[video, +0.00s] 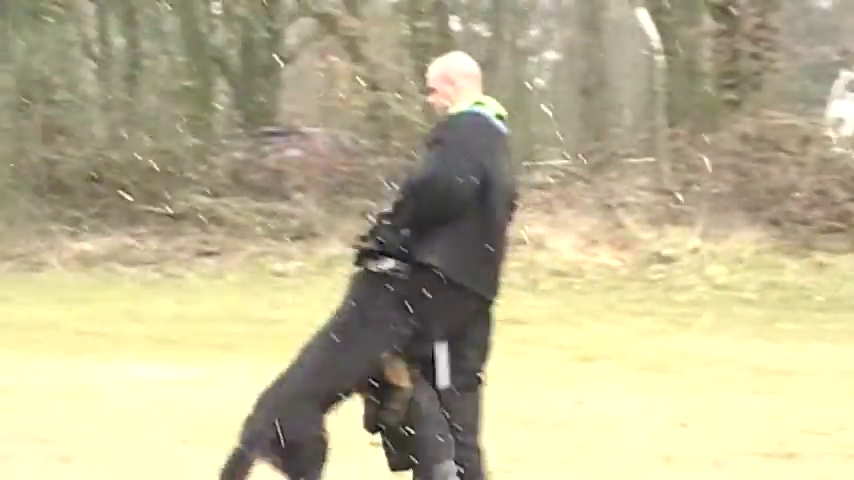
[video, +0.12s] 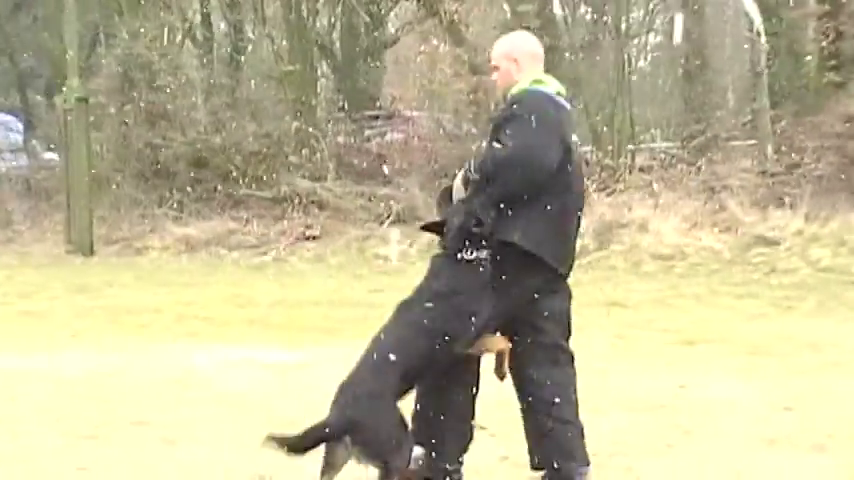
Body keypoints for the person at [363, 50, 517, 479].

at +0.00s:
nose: (428, 100)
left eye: (433, 91)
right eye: (428, 91)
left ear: (454, 87)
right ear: (469, 87)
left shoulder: (465, 128)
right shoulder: (493, 136)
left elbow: (450, 184)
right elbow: (499, 204)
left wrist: (399, 217)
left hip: (437, 273)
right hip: (471, 282)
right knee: (459, 386)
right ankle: (464, 467)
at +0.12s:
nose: (492, 77)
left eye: (495, 68)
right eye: (492, 69)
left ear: (514, 64)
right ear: (533, 64)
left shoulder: (533, 102)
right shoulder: (557, 111)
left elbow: (528, 160)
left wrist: (476, 192)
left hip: (504, 253)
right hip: (544, 263)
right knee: (546, 371)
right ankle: (566, 467)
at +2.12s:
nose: (286, 68)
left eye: (292, 59)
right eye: (281, 62)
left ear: (316, 48)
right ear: (278, 59)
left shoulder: (359, 93)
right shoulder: (273, 97)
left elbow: (384, 154)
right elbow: (241, 142)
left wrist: (338, 175)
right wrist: (255, 168)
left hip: (347, 226)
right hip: (289, 228)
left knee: (364, 303)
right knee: (275, 317)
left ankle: (404, 376)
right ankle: (284, 403)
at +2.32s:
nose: (357, 58)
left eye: (363, 49)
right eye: (350, 51)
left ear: (382, 42)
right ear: (341, 49)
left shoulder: (412, 90)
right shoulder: (325, 87)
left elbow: (438, 148)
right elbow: (288, 133)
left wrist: (399, 164)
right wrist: (328, 162)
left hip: (397, 219)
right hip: (342, 219)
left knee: (408, 300)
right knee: (338, 305)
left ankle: (408, 386)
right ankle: (342, 399)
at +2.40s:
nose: (379, 55)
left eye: (386, 47)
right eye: (371, 48)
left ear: (400, 44)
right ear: (359, 47)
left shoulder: (426, 93)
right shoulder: (339, 90)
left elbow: (453, 150)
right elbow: (307, 138)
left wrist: (419, 168)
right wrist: (355, 160)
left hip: (415, 217)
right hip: (358, 215)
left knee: (423, 301)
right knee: (353, 302)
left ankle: (422, 391)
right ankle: (356, 397)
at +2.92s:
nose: (378, 48)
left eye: (382, 40)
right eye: (369, 40)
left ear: (388, 44)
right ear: (348, 44)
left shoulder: (404, 95)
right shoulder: (326, 94)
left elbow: (432, 144)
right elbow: (294, 146)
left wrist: (421, 168)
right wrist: (347, 173)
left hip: (407, 218)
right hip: (354, 220)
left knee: (431, 297)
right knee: (349, 310)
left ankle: (453, 382)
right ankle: (327, 398)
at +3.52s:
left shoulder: (414, 24)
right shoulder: (335, 23)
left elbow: (441, 70)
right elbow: (307, 75)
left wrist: (440, 90)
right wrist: (358, 100)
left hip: (419, 147)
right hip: (367, 150)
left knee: (434, 232)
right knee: (357, 238)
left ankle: (453, 324)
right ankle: (324, 323)